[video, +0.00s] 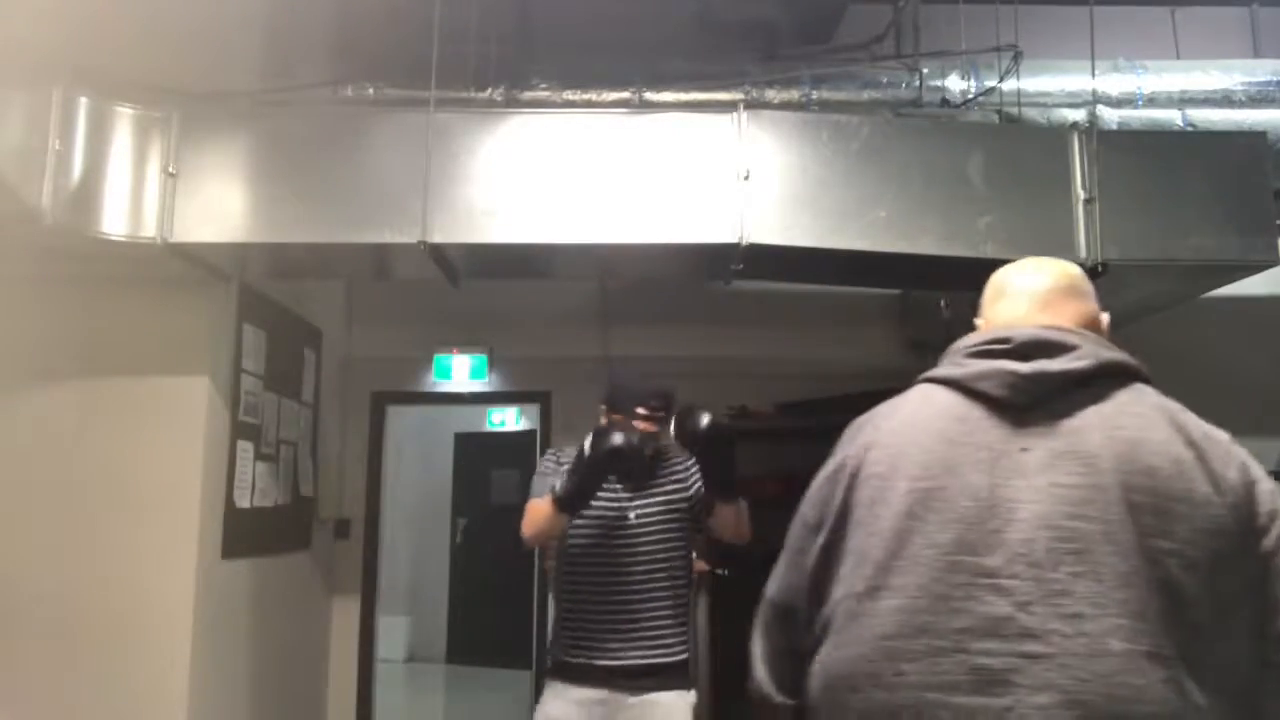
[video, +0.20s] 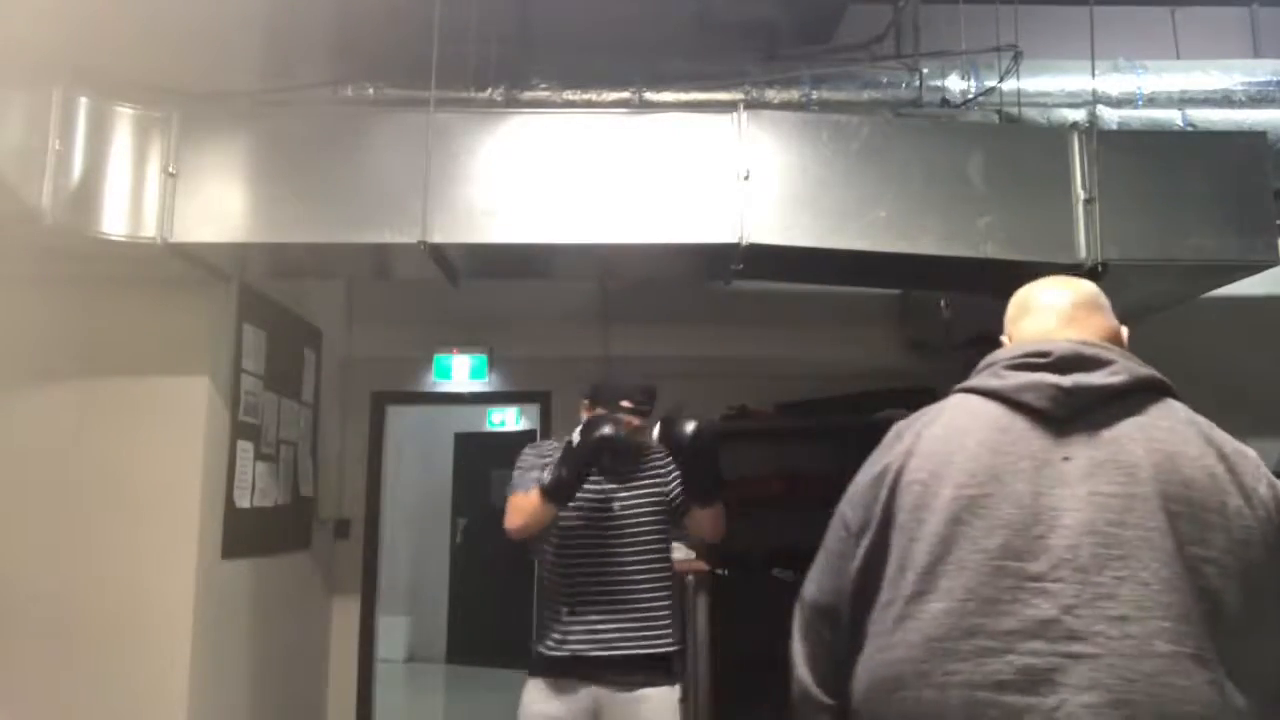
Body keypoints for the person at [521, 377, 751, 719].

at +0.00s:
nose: (644, 429)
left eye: (655, 420)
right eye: (633, 417)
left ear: (667, 424)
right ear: (606, 417)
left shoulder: (683, 468)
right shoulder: (564, 462)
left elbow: (736, 537)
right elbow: (532, 533)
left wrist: (719, 461)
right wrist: (590, 474)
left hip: (663, 688)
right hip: (577, 683)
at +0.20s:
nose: (628, 425)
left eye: (640, 417)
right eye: (618, 414)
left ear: (651, 421)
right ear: (588, 412)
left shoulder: (661, 462)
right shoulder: (544, 456)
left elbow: (711, 532)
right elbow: (517, 525)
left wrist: (700, 461)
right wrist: (577, 464)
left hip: (647, 676)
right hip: (560, 674)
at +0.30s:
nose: (604, 444)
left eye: (614, 435)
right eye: (595, 431)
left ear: (624, 432)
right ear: (566, 419)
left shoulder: (639, 473)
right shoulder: (520, 471)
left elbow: (670, 559)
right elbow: (502, 554)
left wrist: (676, 499)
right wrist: (559, 498)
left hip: (629, 682)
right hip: (543, 683)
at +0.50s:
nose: (571, 446)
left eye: (581, 437)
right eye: (562, 432)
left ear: (591, 432)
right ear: (532, 417)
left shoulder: (601, 469)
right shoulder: (480, 473)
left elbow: (619, 559)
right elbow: (473, 560)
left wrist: (635, 538)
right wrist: (529, 509)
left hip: (592, 683)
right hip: (510, 687)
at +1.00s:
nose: (622, 443)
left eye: (630, 433)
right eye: (618, 425)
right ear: (581, 404)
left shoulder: (610, 475)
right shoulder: (496, 462)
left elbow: (625, 570)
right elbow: (467, 565)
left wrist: (651, 532)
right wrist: (562, 533)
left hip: (593, 692)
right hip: (508, 694)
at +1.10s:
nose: (624, 440)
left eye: (631, 430)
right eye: (619, 421)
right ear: (581, 400)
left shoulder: (608, 472)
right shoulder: (495, 457)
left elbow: (630, 567)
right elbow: (456, 561)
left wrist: (648, 520)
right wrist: (550, 540)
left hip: (586, 696)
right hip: (498, 698)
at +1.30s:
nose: (591, 438)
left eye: (598, 427)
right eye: (585, 419)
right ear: (544, 399)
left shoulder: (574, 476)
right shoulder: (461, 462)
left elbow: (591, 577)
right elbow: (435, 574)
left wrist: (609, 530)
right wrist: (527, 541)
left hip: (557, 702)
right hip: (466, 703)